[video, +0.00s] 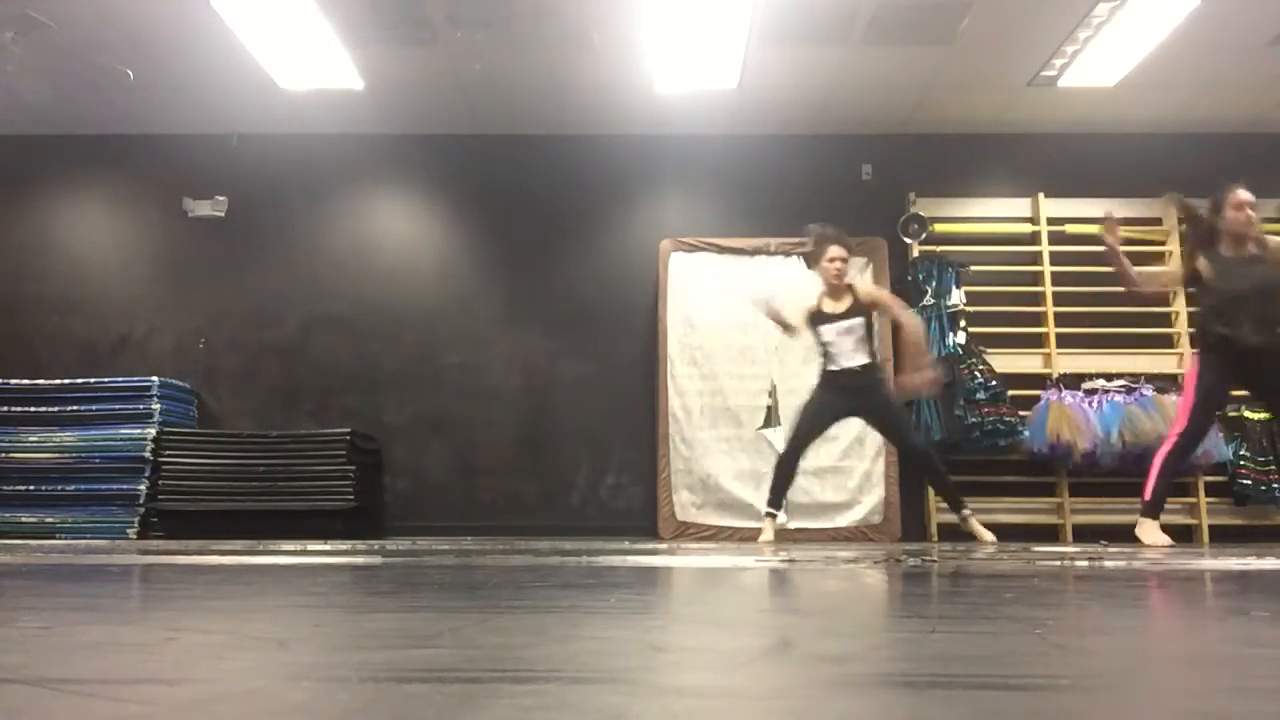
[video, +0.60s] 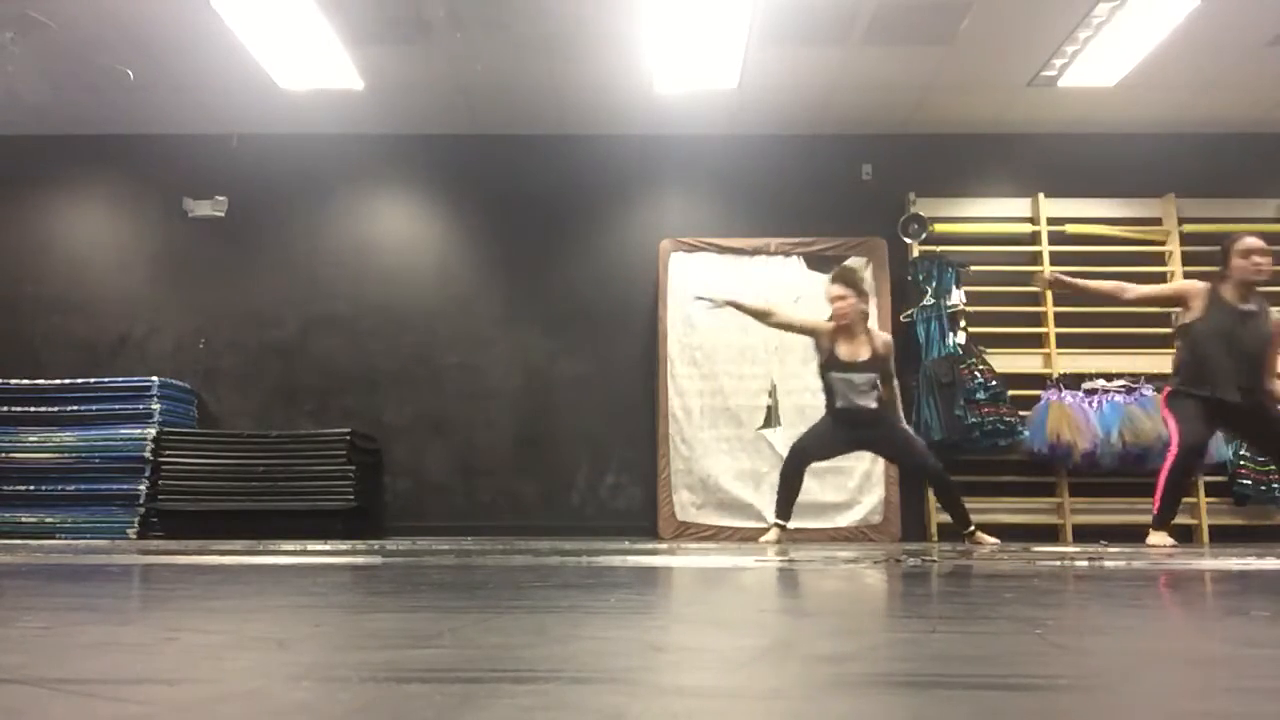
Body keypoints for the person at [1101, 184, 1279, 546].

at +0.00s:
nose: (1249, 214)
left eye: (1252, 207)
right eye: (1239, 207)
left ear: (1256, 214)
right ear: (1218, 215)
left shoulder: (1270, 250)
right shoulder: (1203, 262)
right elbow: (1140, 284)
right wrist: (1115, 250)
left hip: (1266, 357)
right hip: (1217, 357)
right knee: (1189, 432)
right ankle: (1147, 519)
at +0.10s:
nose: (1270, 233)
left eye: (1273, 226)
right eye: (1260, 228)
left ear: (1279, 236)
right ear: (1242, 241)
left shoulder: (1276, 285)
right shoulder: (1237, 291)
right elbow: (1225, 345)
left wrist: (1177, 335)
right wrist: (1177, 334)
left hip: (1271, 375)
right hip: (1236, 371)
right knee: (1202, 439)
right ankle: (1152, 519)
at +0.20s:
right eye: (1275, 236)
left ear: (1277, 243)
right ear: (1262, 246)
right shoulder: (1263, 297)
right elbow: (1272, 359)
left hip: (1266, 376)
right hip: (1232, 372)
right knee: (1210, 445)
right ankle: (1154, 526)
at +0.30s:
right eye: (1279, 253)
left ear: (1273, 256)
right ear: (1276, 256)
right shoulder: (1268, 286)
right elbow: (1242, 343)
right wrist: (1277, 353)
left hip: (1262, 382)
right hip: (1222, 377)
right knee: (1217, 445)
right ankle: (1162, 528)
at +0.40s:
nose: (1279, 265)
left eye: (1279, 258)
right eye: (1277, 258)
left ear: (1276, 261)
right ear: (1267, 260)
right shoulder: (1253, 287)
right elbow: (1186, 293)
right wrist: (1208, 339)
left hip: (1263, 393)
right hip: (1215, 384)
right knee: (1217, 444)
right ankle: (1160, 529)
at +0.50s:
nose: (1277, 264)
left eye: (1279, 258)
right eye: (1271, 257)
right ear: (1253, 264)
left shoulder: (1275, 305)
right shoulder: (1224, 288)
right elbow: (1162, 286)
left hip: (1256, 404)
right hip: (1204, 397)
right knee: (1207, 446)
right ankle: (1159, 529)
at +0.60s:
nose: (1259, 261)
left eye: (1264, 255)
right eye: (1249, 255)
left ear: (1269, 263)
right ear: (1229, 262)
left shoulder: (1267, 317)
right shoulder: (1196, 293)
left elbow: (1271, 377)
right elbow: (1128, 292)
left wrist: (1276, 394)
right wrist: (1070, 283)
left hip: (1244, 404)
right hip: (1191, 397)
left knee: (1277, 444)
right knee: (1191, 442)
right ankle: (1159, 530)